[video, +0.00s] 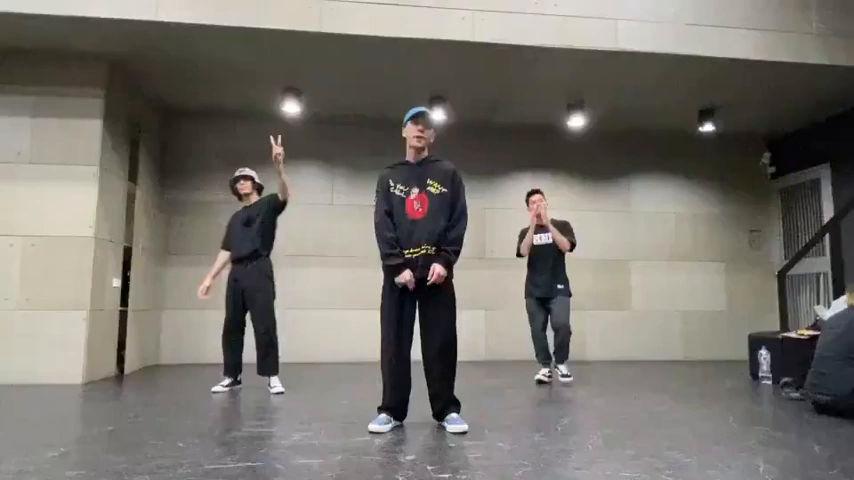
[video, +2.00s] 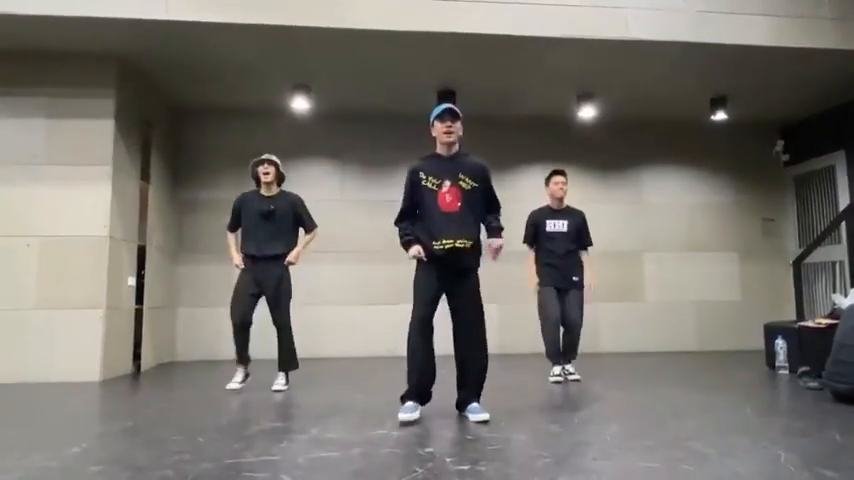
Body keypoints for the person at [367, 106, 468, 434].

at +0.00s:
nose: (419, 132)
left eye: (424, 128)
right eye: (414, 127)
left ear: (431, 134)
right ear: (404, 132)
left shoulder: (448, 173)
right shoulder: (389, 176)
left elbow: (458, 222)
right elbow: (383, 225)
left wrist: (444, 260)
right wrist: (396, 266)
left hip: (437, 270)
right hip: (399, 270)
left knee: (441, 342)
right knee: (394, 343)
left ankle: (447, 410)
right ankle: (391, 411)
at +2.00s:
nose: (449, 126)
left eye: (453, 121)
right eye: (442, 121)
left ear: (461, 127)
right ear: (433, 129)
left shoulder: (477, 169)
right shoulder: (419, 170)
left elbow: (490, 209)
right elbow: (406, 217)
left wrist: (495, 233)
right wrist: (411, 242)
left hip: (465, 261)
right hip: (430, 261)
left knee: (470, 329)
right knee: (420, 323)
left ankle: (470, 400)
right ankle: (414, 398)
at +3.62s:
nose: (435, 115)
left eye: (440, 111)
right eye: (429, 110)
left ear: (446, 119)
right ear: (418, 118)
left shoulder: (460, 161)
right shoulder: (401, 159)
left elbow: (464, 209)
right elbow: (393, 209)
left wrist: (448, 245)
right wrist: (411, 234)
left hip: (445, 255)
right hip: (408, 254)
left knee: (452, 325)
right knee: (395, 322)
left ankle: (458, 392)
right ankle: (381, 392)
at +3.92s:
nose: (427, 112)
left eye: (431, 107)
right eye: (420, 108)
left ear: (438, 115)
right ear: (409, 116)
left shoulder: (454, 159)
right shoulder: (396, 160)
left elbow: (462, 206)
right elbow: (388, 208)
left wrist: (447, 242)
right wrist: (409, 234)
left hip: (444, 251)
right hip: (406, 251)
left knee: (450, 322)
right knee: (395, 321)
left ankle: (454, 386)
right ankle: (387, 390)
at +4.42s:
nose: (436, 114)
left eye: (439, 110)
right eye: (429, 109)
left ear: (443, 118)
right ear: (414, 118)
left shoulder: (454, 162)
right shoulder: (406, 157)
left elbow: (462, 206)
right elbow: (408, 187)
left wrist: (456, 240)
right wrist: (455, 208)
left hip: (446, 255)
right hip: (412, 256)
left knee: (456, 324)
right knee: (399, 323)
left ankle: (459, 388)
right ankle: (385, 390)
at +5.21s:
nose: (410, 119)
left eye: (416, 114)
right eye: (407, 115)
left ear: (432, 117)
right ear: (403, 121)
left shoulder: (446, 146)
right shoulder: (408, 161)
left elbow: (459, 192)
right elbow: (399, 203)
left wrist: (441, 231)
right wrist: (374, 208)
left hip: (447, 249)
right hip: (414, 250)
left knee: (458, 317)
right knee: (398, 316)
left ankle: (475, 387)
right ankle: (381, 388)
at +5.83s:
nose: (441, 125)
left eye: (445, 120)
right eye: (435, 120)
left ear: (452, 126)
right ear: (424, 126)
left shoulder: (464, 165)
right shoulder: (414, 163)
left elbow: (481, 205)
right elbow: (395, 191)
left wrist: (470, 178)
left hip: (455, 260)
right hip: (419, 259)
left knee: (464, 324)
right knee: (411, 324)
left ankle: (475, 390)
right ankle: (402, 390)